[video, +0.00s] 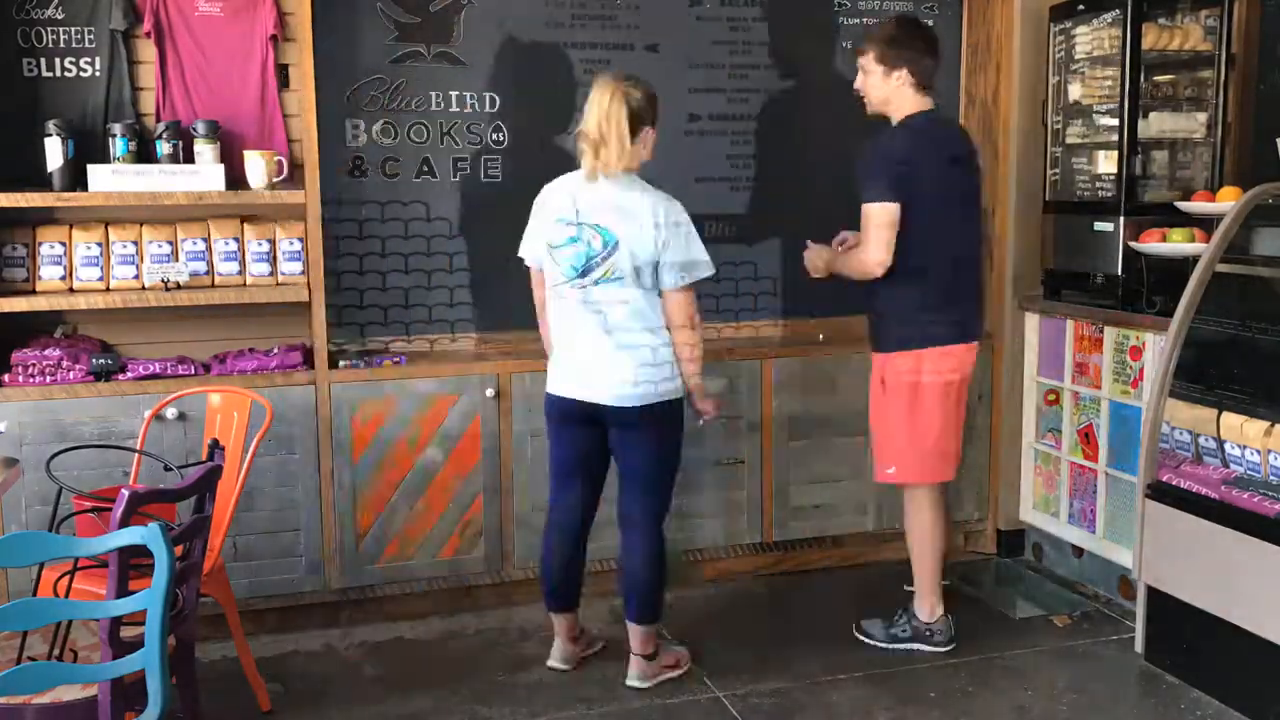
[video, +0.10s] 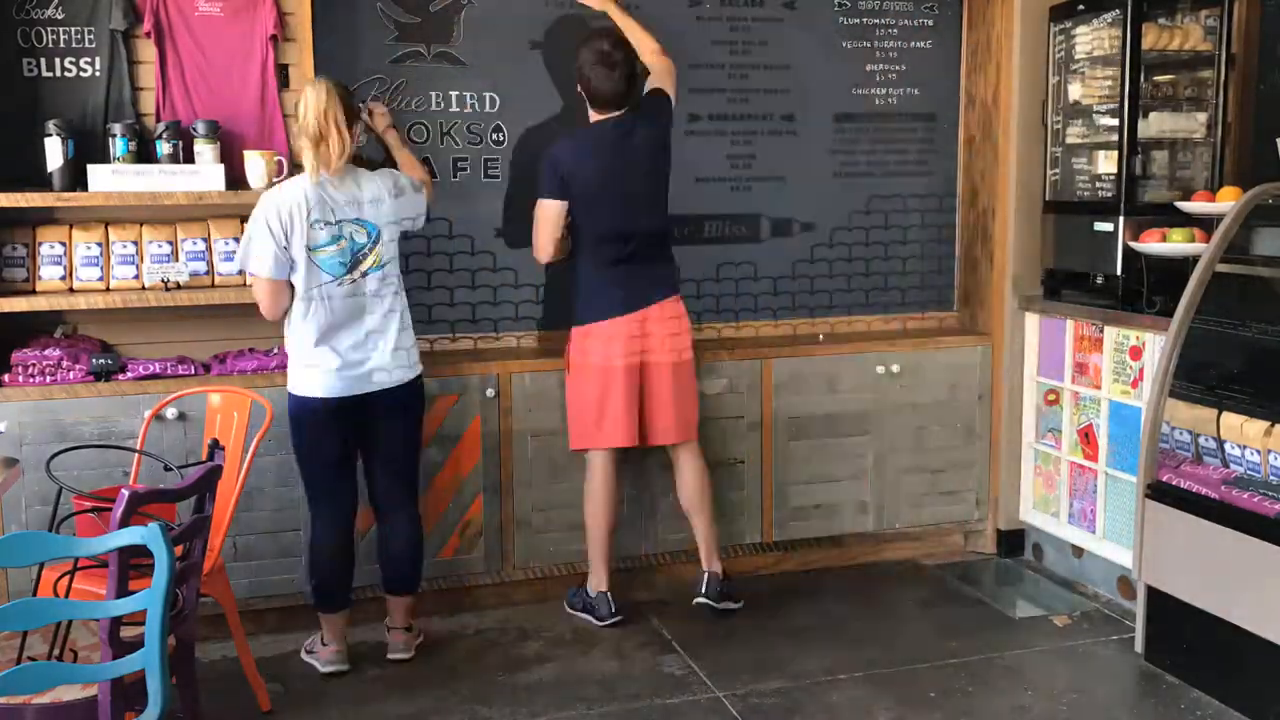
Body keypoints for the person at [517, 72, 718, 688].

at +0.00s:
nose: (656, 140)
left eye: (655, 130)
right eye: (654, 130)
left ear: (592, 127)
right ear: (640, 134)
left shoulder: (553, 197)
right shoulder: (660, 211)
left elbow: (543, 301)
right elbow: (682, 319)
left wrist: (563, 363)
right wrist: (698, 391)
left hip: (569, 388)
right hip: (645, 392)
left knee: (566, 511)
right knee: (642, 521)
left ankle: (564, 637)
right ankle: (644, 654)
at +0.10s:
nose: (581, 77)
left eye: (580, 72)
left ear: (582, 89)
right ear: (633, 84)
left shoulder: (564, 155)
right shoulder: (652, 128)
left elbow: (545, 252)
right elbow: (657, 59)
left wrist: (576, 229)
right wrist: (604, 7)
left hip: (601, 320)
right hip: (663, 310)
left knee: (600, 455)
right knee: (685, 443)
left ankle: (600, 591)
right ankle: (714, 576)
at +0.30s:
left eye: (692, 57)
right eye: (728, 56)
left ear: (683, 68)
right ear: (739, 66)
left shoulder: (662, 139)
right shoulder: (754, 125)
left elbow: (637, 229)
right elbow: (757, 77)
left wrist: (670, 215)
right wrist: (748, 27)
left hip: (687, 306)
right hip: (750, 299)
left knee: (679, 434)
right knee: (756, 429)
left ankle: (678, 562)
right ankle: (766, 554)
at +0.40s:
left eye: (574, 72)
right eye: (614, 69)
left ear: (576, 89)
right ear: (628, 82)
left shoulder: (563, 157)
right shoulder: (655, 139)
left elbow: (532, 240)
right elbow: (655, 101)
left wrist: (553, 203)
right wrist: (635, 44)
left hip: (600, 334)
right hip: (663, 324)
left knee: (616, 463)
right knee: (682, 449)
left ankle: (630, 595)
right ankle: (711, 575)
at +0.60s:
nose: (680, 85)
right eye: (680, 77)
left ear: (617, 83)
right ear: (676, 84)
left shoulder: (588, 153)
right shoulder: (676, 154)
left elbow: (564, 255)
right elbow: (690, 276)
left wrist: (584, 322)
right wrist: (720, 296)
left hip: (596, 341)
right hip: (649, 346)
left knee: (640, 481)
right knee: (625, 495)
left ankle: (666, 597)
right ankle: (593, 649)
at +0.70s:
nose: (623, 119)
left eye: (618, 107)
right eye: (613, 108)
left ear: (540, 120)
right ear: (590, 118)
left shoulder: (505, 213)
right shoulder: (622, 209)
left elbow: (478, 339)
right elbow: (648, 345)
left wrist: (485, 436)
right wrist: (695, 450)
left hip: (531, 459)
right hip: (617, 461)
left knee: (535, 609)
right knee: (660, 620)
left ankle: (488, 712)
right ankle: (672, 714)